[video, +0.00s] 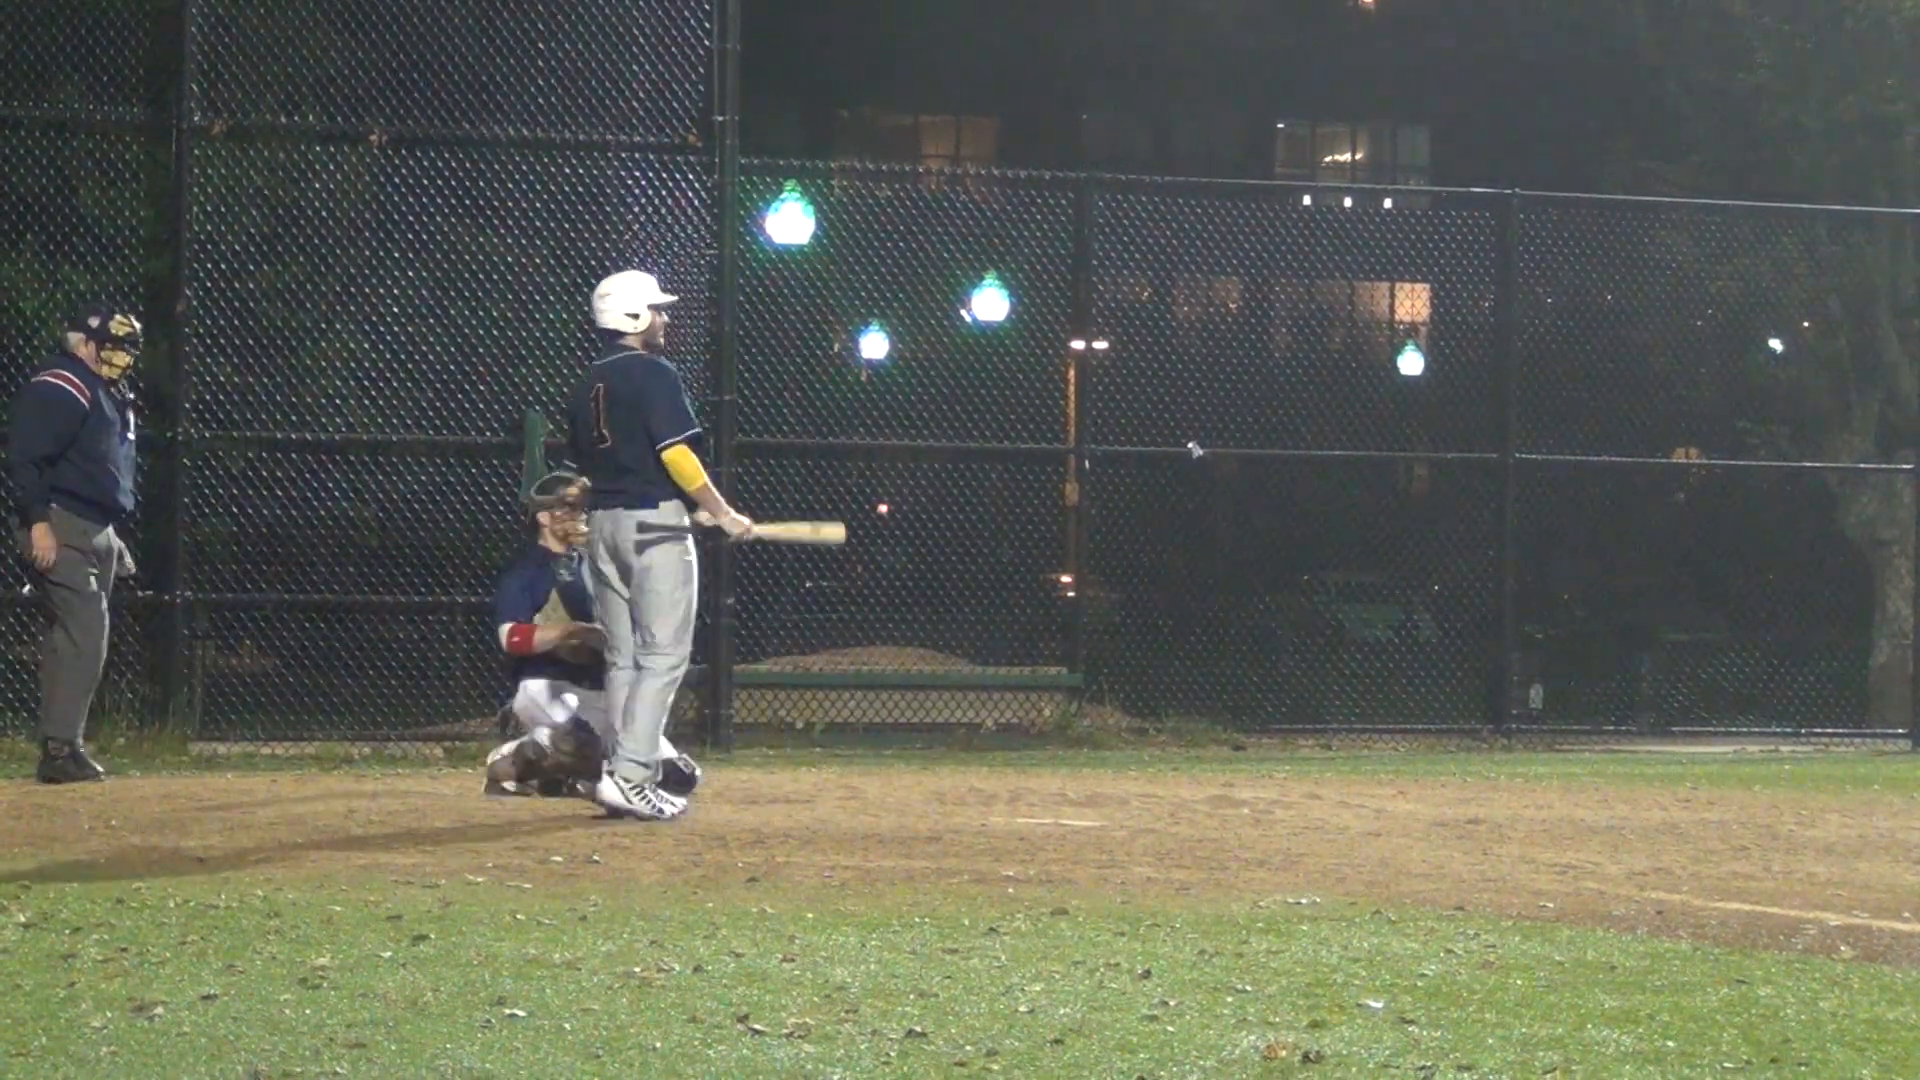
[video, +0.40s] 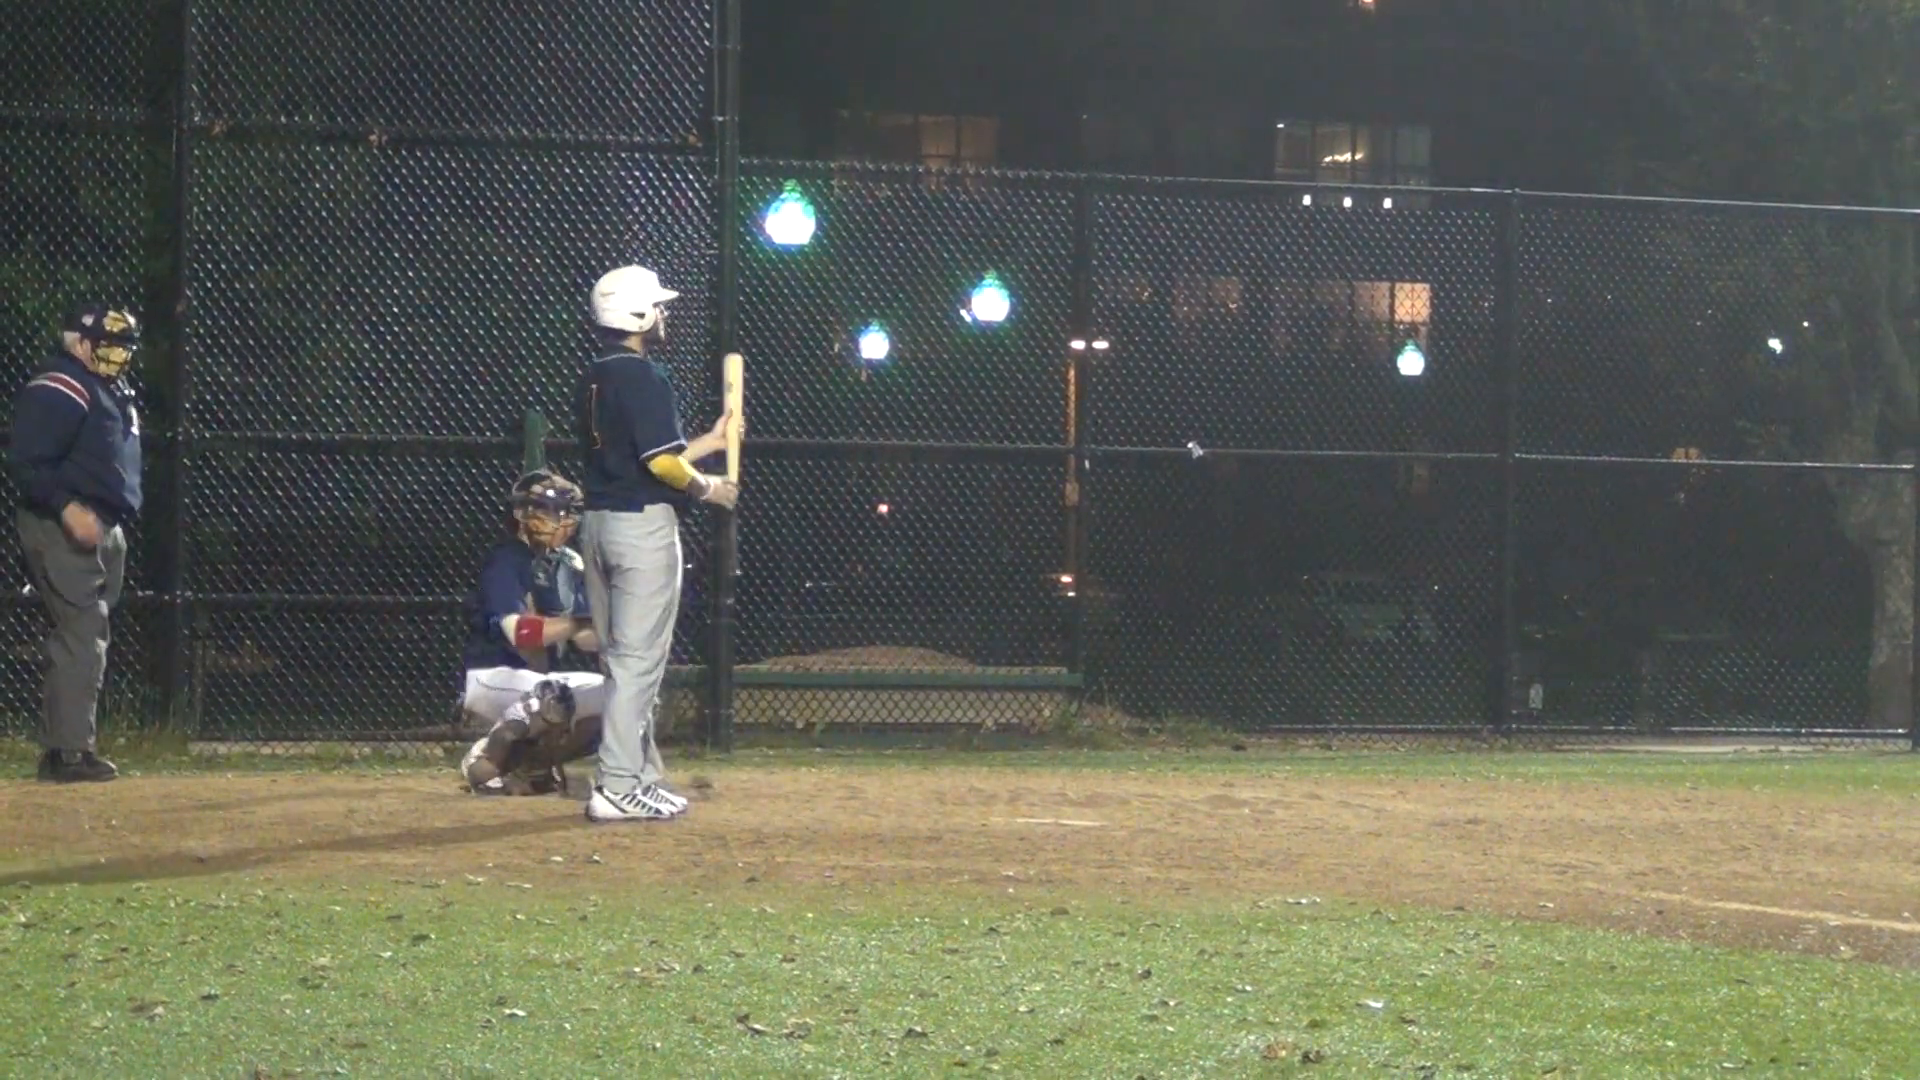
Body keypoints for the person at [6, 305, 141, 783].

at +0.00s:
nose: (121, 356)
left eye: (125, 348)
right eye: (113, 346)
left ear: (125, 351)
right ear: (86, 344)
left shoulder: (110, 393)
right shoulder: (62, 386)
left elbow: (105, 472)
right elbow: (24, 456)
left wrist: (113, 536)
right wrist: (37, 522)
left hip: (98, 531)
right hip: (65, 527)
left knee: (82, 636)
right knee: (82, 635)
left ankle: (64, 744)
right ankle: (60, 747)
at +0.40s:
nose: (117, 354)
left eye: (122, 346)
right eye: (108, 344)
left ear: (126, 347)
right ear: (82, 343)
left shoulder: (113, 390)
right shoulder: (59, 388)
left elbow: (111, 459)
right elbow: (25, 462)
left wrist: (117, 513)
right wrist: (65, 508)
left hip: (106, 527)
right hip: (60, 526)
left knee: (86, 632)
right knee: (84, 632)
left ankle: (63, 745)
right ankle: (70, 748)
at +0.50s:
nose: (113, 354)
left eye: (119, 346)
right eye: (105, 345)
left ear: (123, 348)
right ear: (80, 343)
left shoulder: (116, 390)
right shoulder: (57, 386)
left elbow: (123, 449)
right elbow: (36, 457)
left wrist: (129, 475)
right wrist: (99, 470)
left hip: (106, 525)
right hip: (65, 521)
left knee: (96, 635)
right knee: (78, 635)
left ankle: (69, 744)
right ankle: (69, 748)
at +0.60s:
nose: (110, 354)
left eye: (116, 346)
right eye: (102, 345)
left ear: (118, 348)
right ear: (77, 344)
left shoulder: (106, 390)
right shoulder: (52, 389)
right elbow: (47, 452)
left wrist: (132, 423)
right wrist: (110, 428)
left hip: (110, 526)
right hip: (66, 523)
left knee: (118, 634)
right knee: (76, 635)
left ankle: (72, 740)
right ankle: (71, 749)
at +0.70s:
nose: (109, 354)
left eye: (113, 346)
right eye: (100, 345)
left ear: (116, 350)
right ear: (72, 343)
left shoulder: (102, 389)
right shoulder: (55, 385)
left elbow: (113, 457)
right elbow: (57, 445)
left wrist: (121, 403)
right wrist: (109, 403)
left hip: (111, 524)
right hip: (64, 523)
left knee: (145, 623)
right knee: (73, 633)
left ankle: (94, 735)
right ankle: (71, 752)